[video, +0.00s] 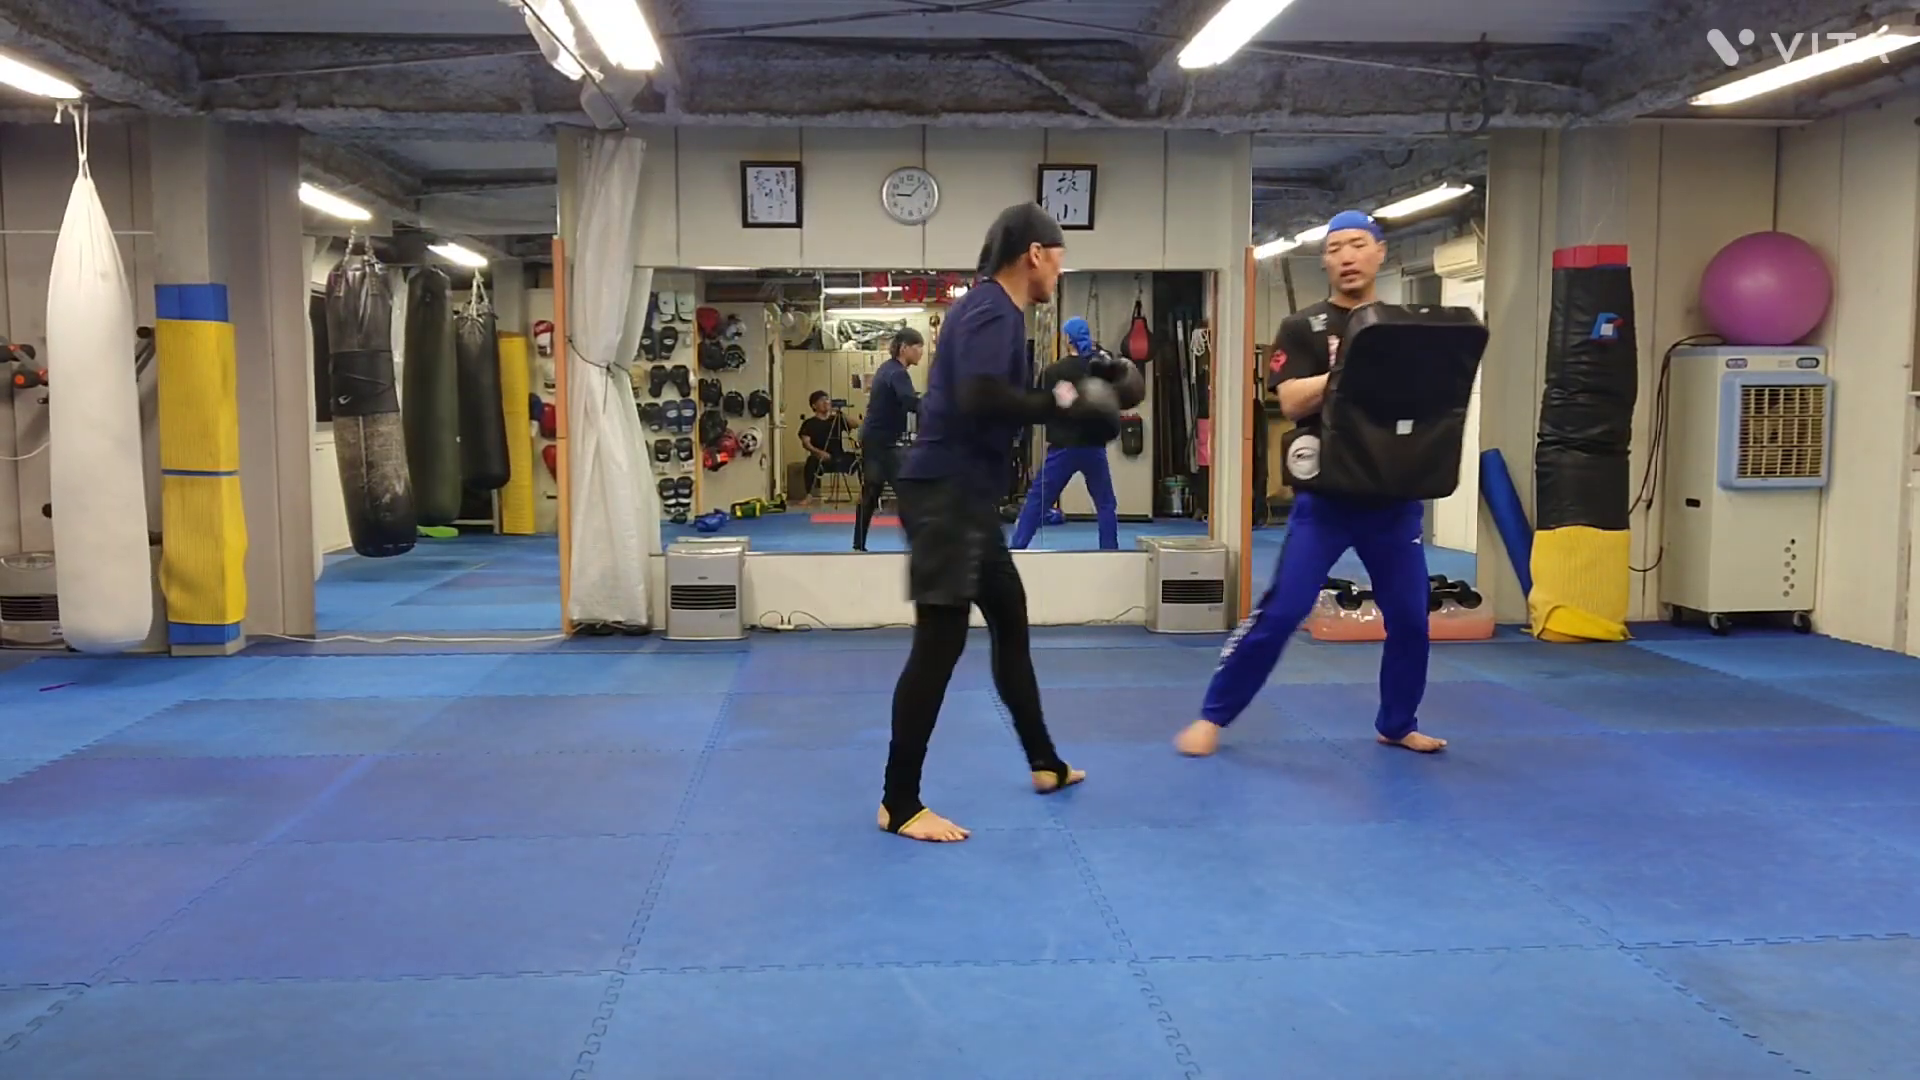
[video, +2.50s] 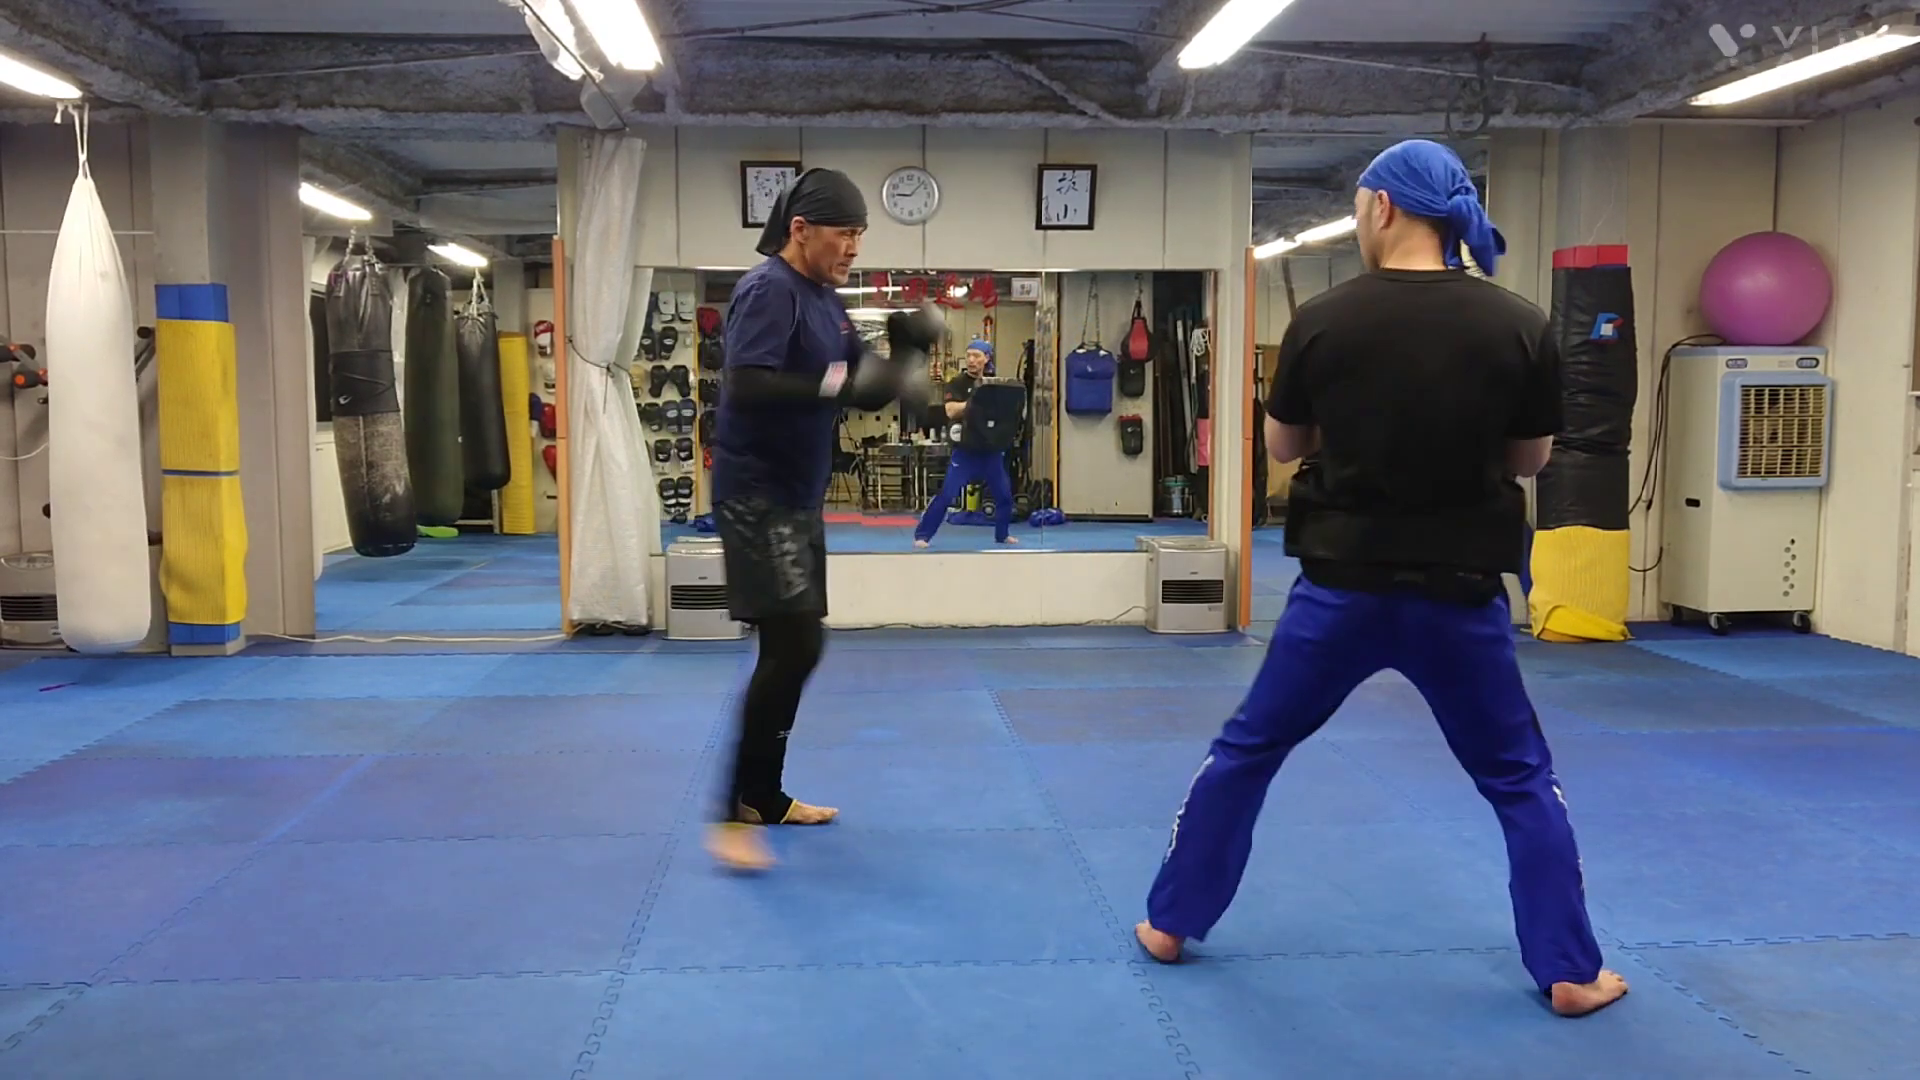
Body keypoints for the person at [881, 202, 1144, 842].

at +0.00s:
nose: (1062, 270)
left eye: (1062, 258)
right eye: (1059, 258)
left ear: (1022, 255)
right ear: (1033, 254)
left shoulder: (998, 311)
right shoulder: (990, 311)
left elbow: (1014, 396)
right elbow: (978, 396)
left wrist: (1082, 389)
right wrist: (1056, 404)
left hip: (965, 492)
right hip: (945, 492)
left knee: (1008, 612)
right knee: (940, 640)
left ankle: (1045, 763)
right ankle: (899, 806)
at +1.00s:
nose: (980, 241)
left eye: (983, 229)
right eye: (976, 226)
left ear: (944, 220)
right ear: (939, 215)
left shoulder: (938, 301)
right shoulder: (897, 290)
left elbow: (951, 397)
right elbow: (884, 388)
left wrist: (1013, 382)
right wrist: (965, 360)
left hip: (934, 505)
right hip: (886, 507)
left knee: (971, 629)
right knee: (895, 659)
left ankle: (949, 764)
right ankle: (829, 838)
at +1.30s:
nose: (954, 246)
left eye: (956, 234)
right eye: (947, 230)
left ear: (916, 230)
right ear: (905, 224)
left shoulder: (911, 308)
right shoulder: (873, 293)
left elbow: (916, 407)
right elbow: (830, 373)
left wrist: (974, 381)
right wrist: (935, 369)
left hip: (916, 523)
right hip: (859, 522)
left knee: (973, 657)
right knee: (821, 672)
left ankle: (930, 828)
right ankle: (703, 829)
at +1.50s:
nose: (903, 254)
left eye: (905, 241)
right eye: (892, 238)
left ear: (861, 240)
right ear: (848, 234)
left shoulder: (858, 322)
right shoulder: (807, 300)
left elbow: (854, 429)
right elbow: (779, 393)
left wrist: (933, 413)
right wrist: (884, 385)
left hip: (850, 533)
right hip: (785, 532)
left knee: (921, 653)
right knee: (733, 680)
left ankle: (926, 831)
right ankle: (625, 823)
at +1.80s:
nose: (798, 256)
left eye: (801, 244)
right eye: (789, 241)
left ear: (766, 242)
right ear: (744, 234)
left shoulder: (772, 318)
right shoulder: (690, 305)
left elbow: (772, 413)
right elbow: (671, 405)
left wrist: (826, 404)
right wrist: (765, 370)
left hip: (753, 525)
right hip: (681, 530)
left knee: (837, 640)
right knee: (654, 688)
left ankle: (820, 799)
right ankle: (588, 838)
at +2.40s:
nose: (844, 256)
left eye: (848, 242)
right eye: (835, 240)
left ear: (816, 241)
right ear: (792, 232)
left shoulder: (801, 304)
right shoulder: (759, 292)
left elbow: (815, 406)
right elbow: (767, 386)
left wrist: (894, 391)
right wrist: (845, 329)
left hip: (785, 508)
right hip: (735, 507)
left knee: (785, 656)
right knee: (747, 658)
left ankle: (763, 797)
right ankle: (636, 806)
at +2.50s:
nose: (855, 247)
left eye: (859, 234)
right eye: (844, 233)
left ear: (836, 236)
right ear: (802, 230)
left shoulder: (826, 302)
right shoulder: (769, 288)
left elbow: (850, 380)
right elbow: (743, 383)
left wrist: (901, 361)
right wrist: (836, 386)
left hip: (796, 501)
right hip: (757, 501)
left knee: (797, 645)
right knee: (790, 645)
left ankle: (763, 799)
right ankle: (736, 815)